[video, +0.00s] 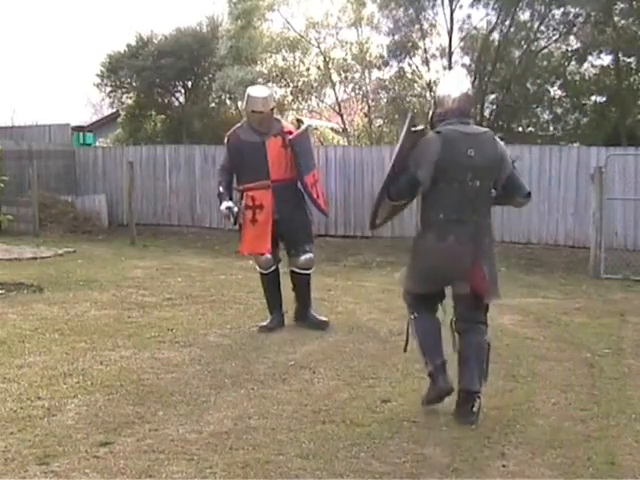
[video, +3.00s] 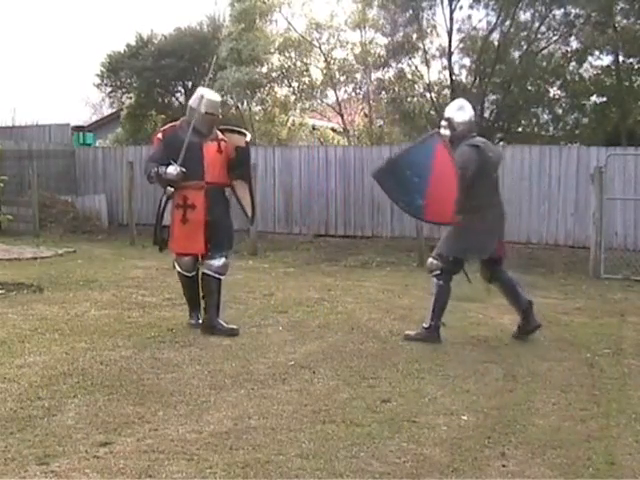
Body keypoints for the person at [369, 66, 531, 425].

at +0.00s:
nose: (433, 116)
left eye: (435, 110)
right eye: (437, 110)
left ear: (439, 112)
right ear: (468, 112)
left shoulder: (433, 143)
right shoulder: (491, 144)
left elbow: (399, 192)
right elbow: (519, 194)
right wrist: (483, 195)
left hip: (436, 243)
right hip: (477, 245)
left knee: (421, 301)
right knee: (473, 318)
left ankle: (438, 375)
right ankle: (469, 398)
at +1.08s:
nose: (449, 121)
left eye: (450, 116)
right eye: (451, 116)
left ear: (455, 116)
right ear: (478, 114)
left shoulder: (456, 149)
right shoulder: (501, 145)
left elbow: (436, 193)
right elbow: (528, 189)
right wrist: (500, 206)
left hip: (462, 233)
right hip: (495, 232)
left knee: (443, 289)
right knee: (493, 292)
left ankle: (446, 347)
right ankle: (496, 358)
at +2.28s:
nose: (482, 124)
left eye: (484, 120)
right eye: (482, 120)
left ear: (492, 120)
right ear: (508, 118)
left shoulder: (494, 147)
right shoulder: (524, 147)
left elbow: (475, 175)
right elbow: (543, 184)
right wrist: (526, 208)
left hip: (494, 223)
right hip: (520, 222)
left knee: (468, 269)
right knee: (517, 272)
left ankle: (482, 326)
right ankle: (533, 328)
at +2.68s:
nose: (468, 128)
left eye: (472, 124)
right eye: (468, 123)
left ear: (485, 124)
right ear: (494, 123)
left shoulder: (489, 150)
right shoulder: (510, 149)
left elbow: (479, 186)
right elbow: (523, 185)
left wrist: (467, 147)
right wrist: (508, 204)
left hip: (490, 223)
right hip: (514, 222)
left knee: (461, 271)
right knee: (521, 272)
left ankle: (437, 326)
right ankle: (535, 329)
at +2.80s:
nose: (458, 129)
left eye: (460, 124)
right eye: (458, 125)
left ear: (470, 125)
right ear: (483, 124)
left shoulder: (479, 151)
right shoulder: (502, 149)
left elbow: (469, 183)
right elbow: (507, 185)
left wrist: (457, 149)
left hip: (480, 225)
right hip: (505, 224)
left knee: (451, 271)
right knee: (513, 274)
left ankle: (433, 327)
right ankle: (533, 328)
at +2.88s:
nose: (452, 129)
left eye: (455, 124)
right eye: (451, 124)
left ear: (467, 125)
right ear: (477, 124)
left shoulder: (472, 152)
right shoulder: (495, 148)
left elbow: (459, 183)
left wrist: (450, 148)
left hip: (476, 226)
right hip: (499, 224)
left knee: (444, 270)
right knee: (505, 272)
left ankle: (432, 327)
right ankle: (532, 325)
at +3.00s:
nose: (447, 129)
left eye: (451, 124)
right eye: (447, 124)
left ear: (463, 124)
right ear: (470, 124)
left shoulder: (466, 151)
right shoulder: (485, 147)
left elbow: (454, 188)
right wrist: (447, 147)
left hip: (471, 222)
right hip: (491, 221)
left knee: (442, 270)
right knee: (493, 270)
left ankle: (432, 327)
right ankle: (527, 316)